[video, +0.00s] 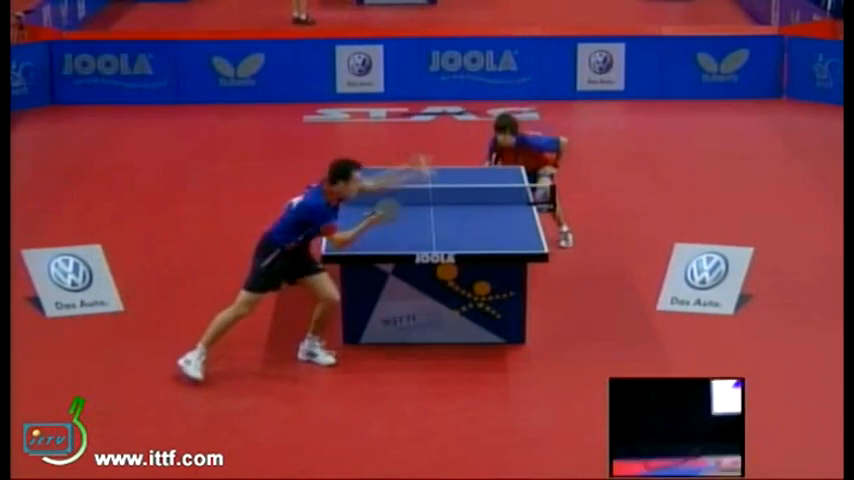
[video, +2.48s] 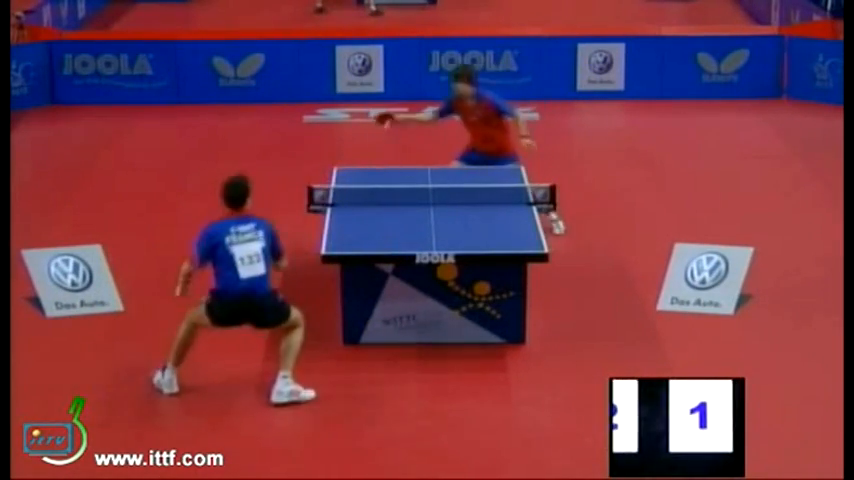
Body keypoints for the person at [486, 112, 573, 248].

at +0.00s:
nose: (501, 140)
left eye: (505, 136)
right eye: (499, 136)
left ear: (512, 134)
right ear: (496, 134)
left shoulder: (529, 142)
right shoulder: (497, 143)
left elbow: (561, 142)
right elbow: (492, 153)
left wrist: (555, 165)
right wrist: (491, 164)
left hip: (541, 170)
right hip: (518, 172)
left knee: (548, 198)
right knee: (514, 201)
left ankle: (563, 229)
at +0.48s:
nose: (509, 104)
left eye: (512, 100)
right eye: (506, 100)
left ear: (519, 100)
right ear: (502, 100)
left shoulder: (532, 112)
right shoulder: (501, 112)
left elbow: (561, 126)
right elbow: (492, 130)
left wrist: (554, 152)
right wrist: (494, 144)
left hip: (537, 157)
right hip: (512, 156)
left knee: (546, 192)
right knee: (493, 183)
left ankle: (563, 228)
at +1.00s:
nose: (495, 84)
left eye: (498, 80)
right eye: (492, 79)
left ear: (505, 81)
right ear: (487, 80)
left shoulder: (517, 98)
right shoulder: (483, 97)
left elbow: (536, 116)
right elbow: (466, 111)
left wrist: (534, 142)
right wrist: (463, 129)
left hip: (514, 156)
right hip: (486, 154)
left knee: (534, 192)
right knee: (469, 190)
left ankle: (558, 228)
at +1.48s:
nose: (494, 103)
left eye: (498, 99)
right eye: (491, 98)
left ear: (504, 100)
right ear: (487, 99)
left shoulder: (516, 116)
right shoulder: (480, 114)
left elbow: (541, 135)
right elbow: (454, 131)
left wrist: (540, 150)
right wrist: (457, 144)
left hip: (509, 167)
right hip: (483, 167)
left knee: (526, 199)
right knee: (476, 202)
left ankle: (537, 231)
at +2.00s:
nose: (505, 92)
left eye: (508, 88)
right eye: (502, 88)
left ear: (514, 89)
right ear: (497, 89)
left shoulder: (523, 108)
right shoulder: (490, 104)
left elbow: (543, 126)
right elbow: (471, 114)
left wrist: (545, 131)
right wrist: (457, 119)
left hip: (512, 157)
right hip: (487, 155)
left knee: (534, 185)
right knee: (472, 189)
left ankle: (538, 226)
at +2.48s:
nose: (461, 90)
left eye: (464, 86)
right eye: (458, 86)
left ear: (473, 86)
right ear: (455, 87)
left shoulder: (487, 100)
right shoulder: (456, 103)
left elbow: (515, 114)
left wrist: (523, 138)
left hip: (503, 156)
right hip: (476, 154)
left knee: (522, 190)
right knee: (448, 180)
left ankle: (551, 217)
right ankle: (443, 220)